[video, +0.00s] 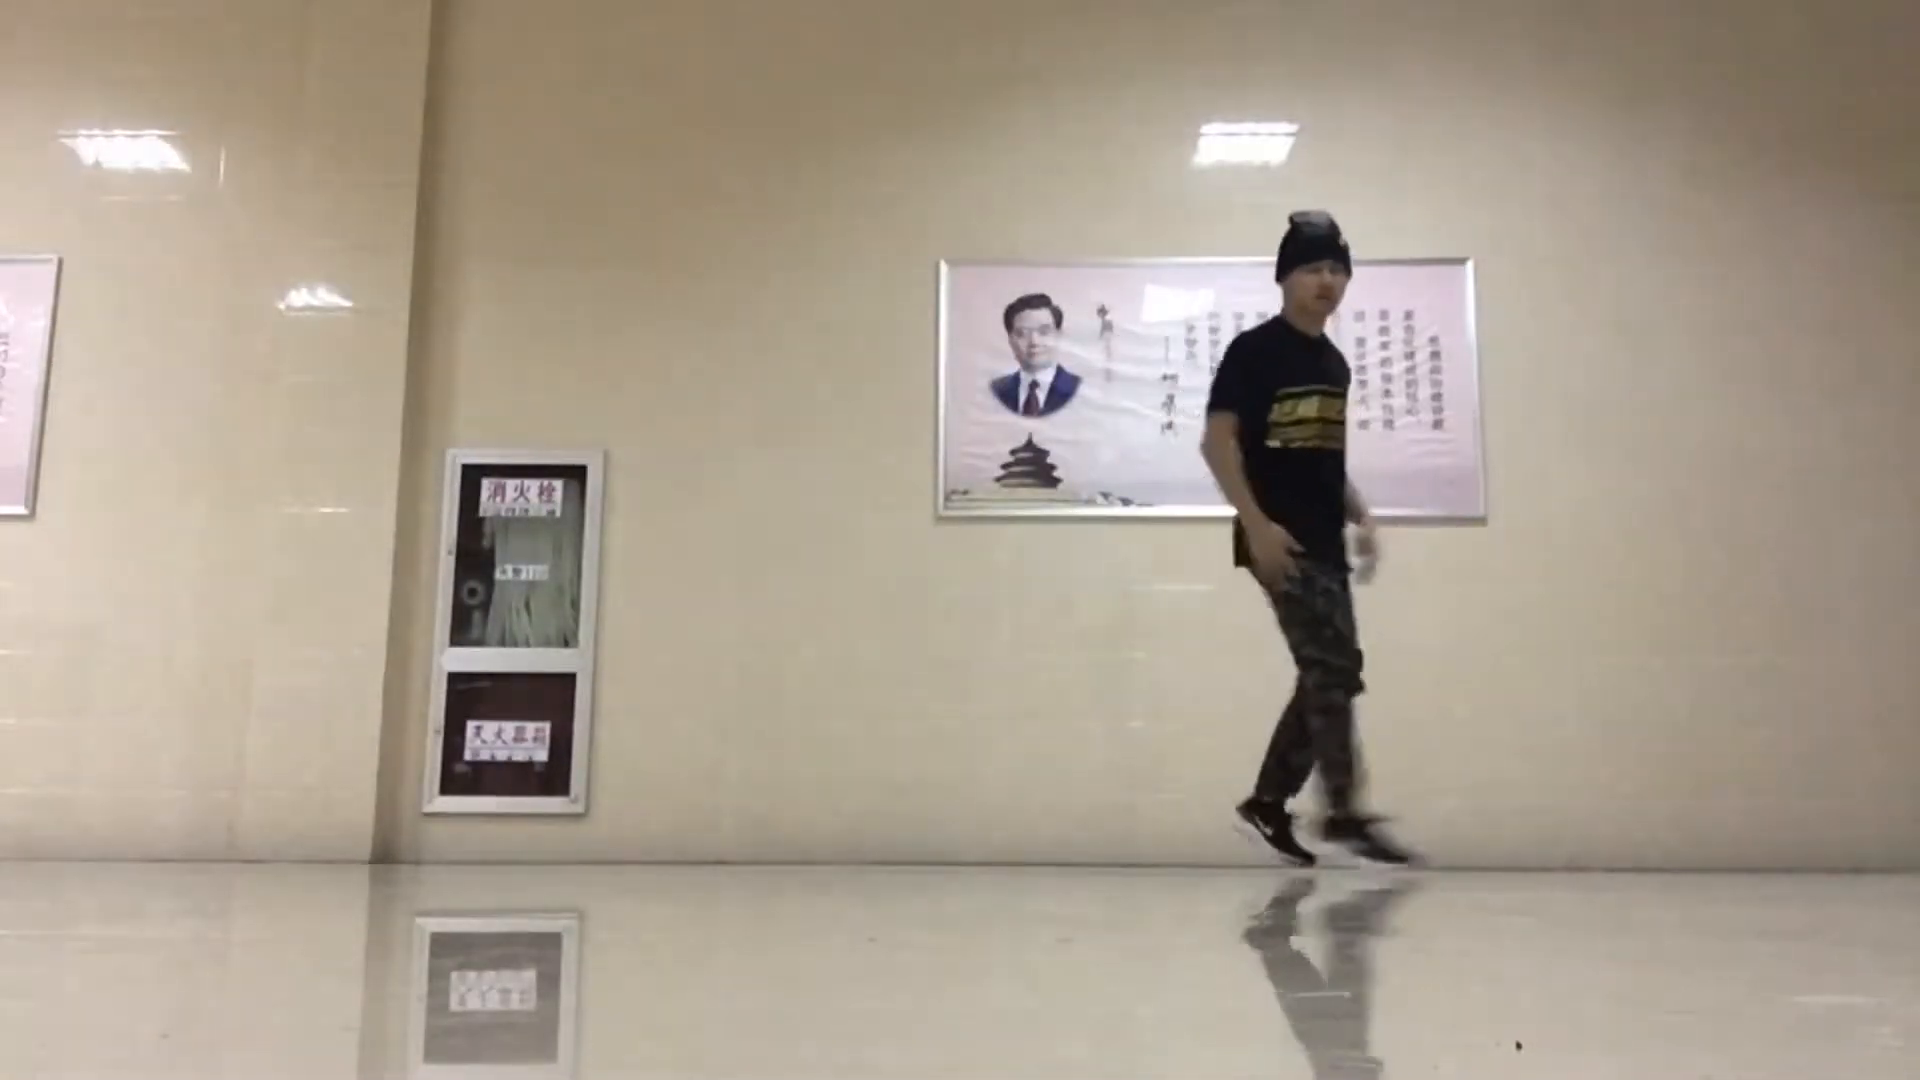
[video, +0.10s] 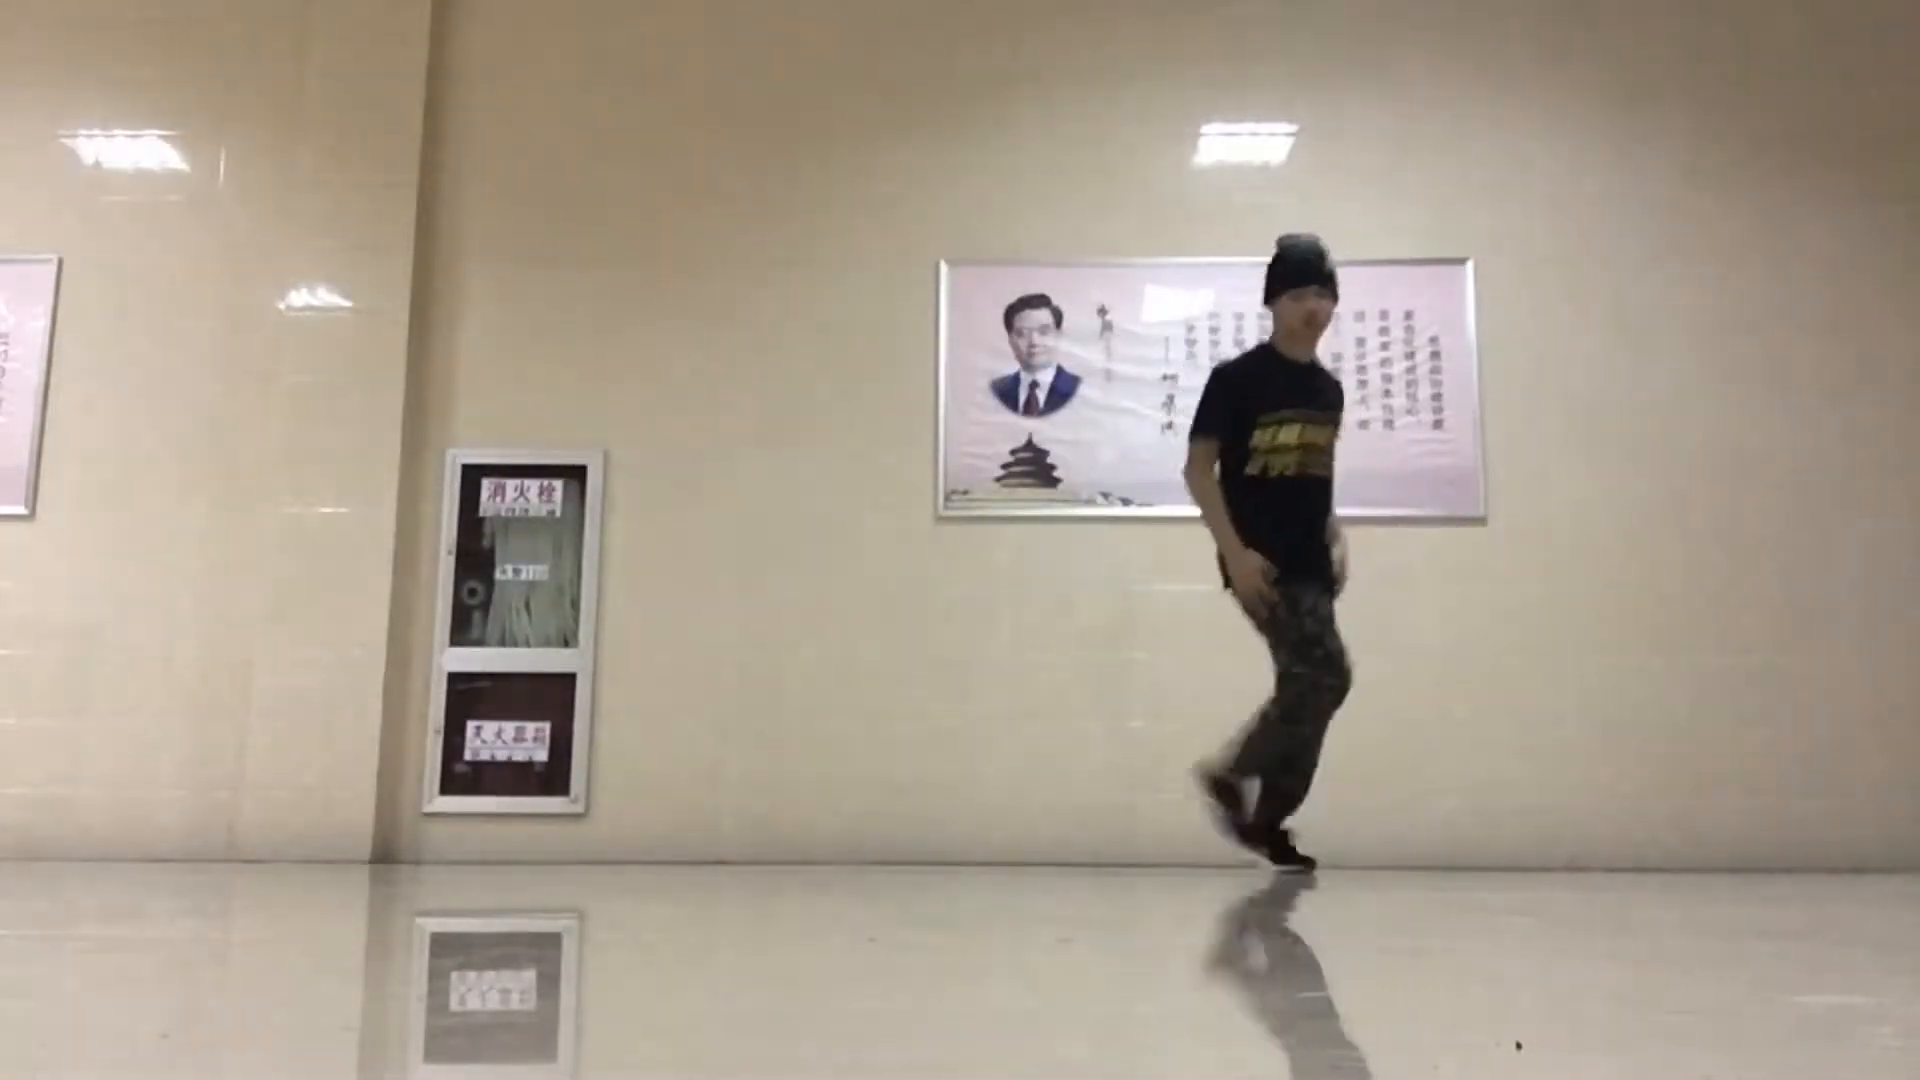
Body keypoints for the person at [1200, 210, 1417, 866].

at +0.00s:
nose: (1329, 284)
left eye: (1338, 273)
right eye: (1315, 270)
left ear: (1346, 283)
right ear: (1285, 275)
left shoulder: (1333, 361)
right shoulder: (1251, 350)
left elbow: (1326, 457)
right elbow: (1218, 443)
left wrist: (1358, 515)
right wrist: (1255, 524)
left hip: (1327, 536)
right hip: (1280, 535)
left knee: (1329, 671)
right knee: (1332, 666)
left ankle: (1267, 800)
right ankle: (1344, 812)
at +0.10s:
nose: (1318, 310)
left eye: (1326, 298)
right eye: (1304, 297)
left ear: (1335, 306)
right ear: (1273, 302)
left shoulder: (1327, 389)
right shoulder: (1235, 380)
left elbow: (1312, 475)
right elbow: (1197, 471)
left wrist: (1333, 532)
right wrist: (1234, 553)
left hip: (1311, 557)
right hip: (1258, 558)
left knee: (1312, 684)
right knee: (1323, 675)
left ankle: (1269, 819)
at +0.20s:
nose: (1292, 332)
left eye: (1301, 319)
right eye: (1278, 321)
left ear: (1314, 324)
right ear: (1254, 328)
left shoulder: (1317, 407)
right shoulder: (1224, 401)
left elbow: (1313, 503)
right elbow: (1199, 499)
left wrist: (1326, 583)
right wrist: (1238, 582)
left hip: (1304, 579)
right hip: (1246, 581)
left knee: (1313, 715)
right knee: (1287, 705)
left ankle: (1264, 837)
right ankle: (1168, 729)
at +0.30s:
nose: (1257, 314)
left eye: (1266, 299)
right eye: (1243, 303)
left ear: (1283, 300)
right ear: (1223, 309)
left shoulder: (1308, 382)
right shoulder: (1196, 386)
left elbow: (1315, 472)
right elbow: (1182, 481)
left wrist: (1342, 545)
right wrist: (1244, 543)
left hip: (1284, 555)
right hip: (1218, 553)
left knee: (1291, 699)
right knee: (1221, 681)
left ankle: (1263, 830)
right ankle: (1137, 727)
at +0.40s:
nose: (1223, 295)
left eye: (1233, 281)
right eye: (1209, 284)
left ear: (1252, 276)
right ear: (1192, 284)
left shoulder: (1290, 348)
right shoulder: (1169, 354)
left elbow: (1324, 431)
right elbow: (1149, 450)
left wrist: (1372, 497)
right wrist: (1216, 483)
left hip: (1267, 534)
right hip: (1192, 533)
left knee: (1288, 671)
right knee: (1167, 644)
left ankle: (1280, 804)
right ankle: (1109, 750)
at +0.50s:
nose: (1207, 302)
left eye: (1215, 287)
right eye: (1192, 292)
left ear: (1230, 282)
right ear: (1170, 293)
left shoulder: (1269, 349)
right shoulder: (1141, 359)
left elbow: (1332, 423)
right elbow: (1112, 454)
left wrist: (1400, 476)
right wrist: (1164, 484)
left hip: (1247, 545)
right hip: (1163, 546)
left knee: (1299, 666)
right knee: (1114, 662)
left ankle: (1322, 798)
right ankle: (1072, 785)